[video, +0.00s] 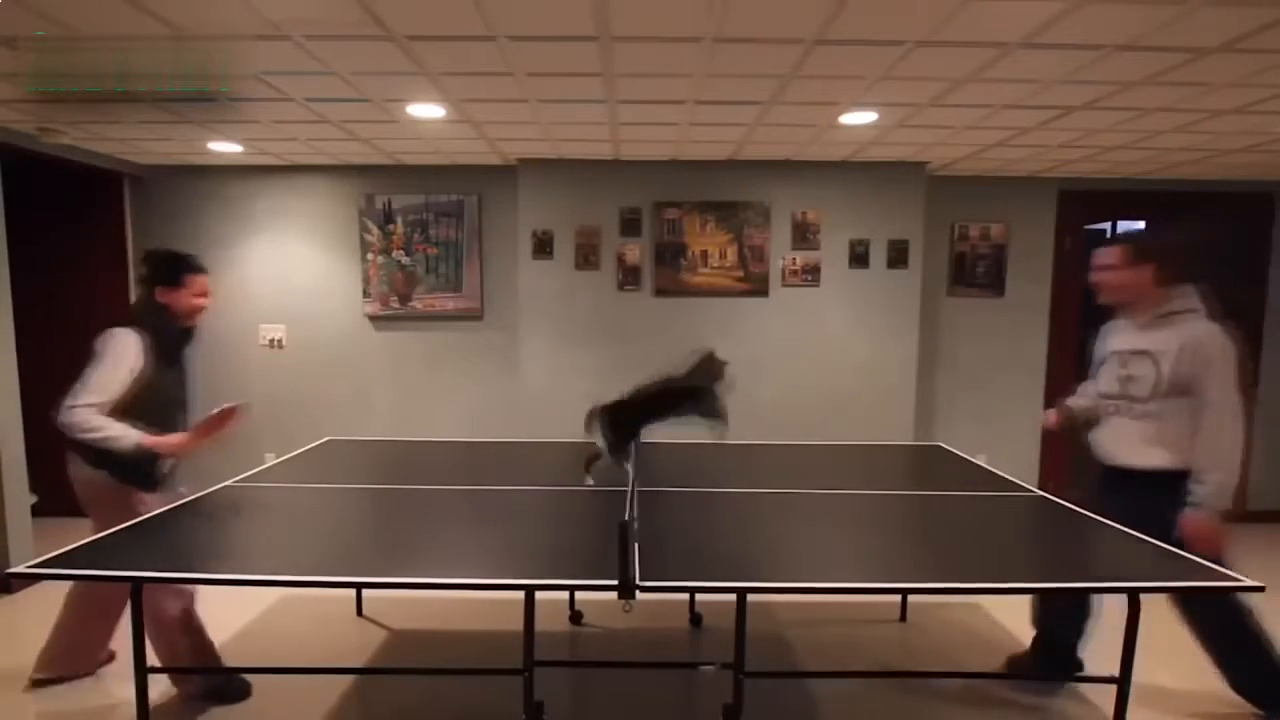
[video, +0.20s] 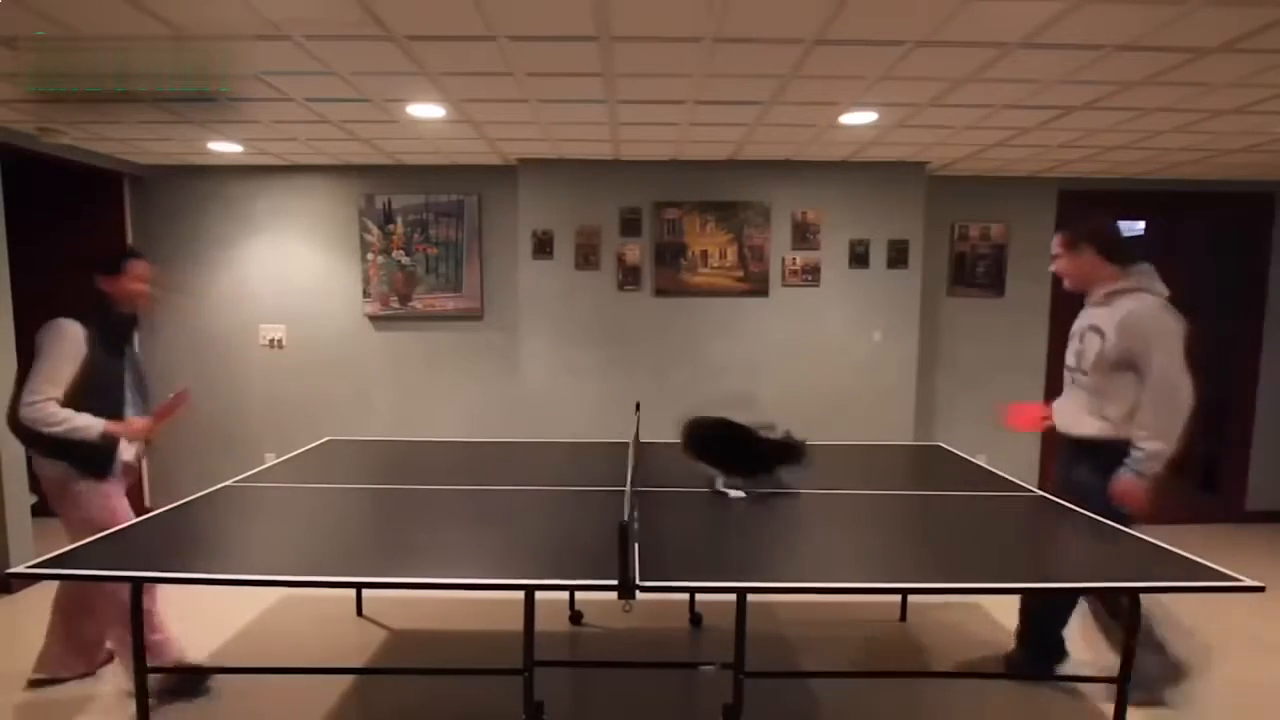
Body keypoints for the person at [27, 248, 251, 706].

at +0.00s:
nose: (205, 303)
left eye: (206, 293)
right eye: (197, 293)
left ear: (175, 296)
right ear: (165, 294)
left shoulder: (169, 345)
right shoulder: (128, 342)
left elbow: (153, 425)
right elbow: (75, 413)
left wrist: (198, 433)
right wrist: (149, 440)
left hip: (144, 472)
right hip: (107, 474)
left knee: (112, 564)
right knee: (163, 571)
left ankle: (66, 659)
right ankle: (200, 674)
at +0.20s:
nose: (143, 292)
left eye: (147, 284)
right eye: (135, 281)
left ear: (146, 291)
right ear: (107, 283)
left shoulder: (126, 342)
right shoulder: (69, 333)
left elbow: (126, 410)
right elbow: (33, 410)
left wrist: (151, 422)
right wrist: (115, 429)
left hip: (110, 468)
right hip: (71, 471)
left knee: (97, 560)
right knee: (129, 554)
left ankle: (65, 659)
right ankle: (161, 665)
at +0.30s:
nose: (136, 290)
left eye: (139, 281)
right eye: (128, 280)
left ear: (136, 285)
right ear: (98, 281)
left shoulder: (111, 332)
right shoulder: (62, 328)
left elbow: (117, 405)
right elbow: (33, 406)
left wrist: (123, 453)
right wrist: (112, 421)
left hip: (95, 468)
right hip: (64, 471)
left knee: (85, 561)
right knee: (123, 552)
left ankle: (55, 662)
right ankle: (104, 671)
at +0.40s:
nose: (156, 302)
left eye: (156, 292)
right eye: (149, 292)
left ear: (127, 294)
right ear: (118, 293)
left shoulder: (116, 342)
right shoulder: (76, 335)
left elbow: (105, 417)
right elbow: (38, 411)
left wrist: (119, 466)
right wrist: (116, 430)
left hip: (76, 469)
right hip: (50, 469)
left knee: (90, 560)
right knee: (112, 557)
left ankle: (57, 661)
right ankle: (94, 672)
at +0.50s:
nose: (178, 344)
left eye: (181, 334)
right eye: (176, 332)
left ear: (151, 327)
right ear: (151, 325)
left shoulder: (126, 368)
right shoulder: (97, 360)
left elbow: (92, 434)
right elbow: (48, 432)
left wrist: (117, 466)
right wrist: (107, 465)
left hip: (52, 473)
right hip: (25, 474)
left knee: (95, 555)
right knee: (101, 555)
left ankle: (57, 661)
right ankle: (93, 670)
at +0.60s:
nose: (193, 389)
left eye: (198, 382)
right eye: (194, 379)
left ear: (173, 364)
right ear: (174, 363)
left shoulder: (142, 395)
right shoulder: (115, 389)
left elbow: (87, 460)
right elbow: (52, 461)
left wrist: (98, 502)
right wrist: (95, 501)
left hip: (35, 488)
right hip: (13, 491)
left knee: (97, 557)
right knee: (106, 556)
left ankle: (57, 663)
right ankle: (94, 670)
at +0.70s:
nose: (201, 419)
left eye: (205, 411)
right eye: (202, 409)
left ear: (180, 394)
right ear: (184, 397)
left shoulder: (144, 412)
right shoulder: (129, 412)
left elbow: (77, 473)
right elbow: (54, 478)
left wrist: (93, 513)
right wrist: (89, 512)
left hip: (29, 500)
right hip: (12, 504)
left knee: (113, 550)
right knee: (111, 556)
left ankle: (57, 663)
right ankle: (95, 671)